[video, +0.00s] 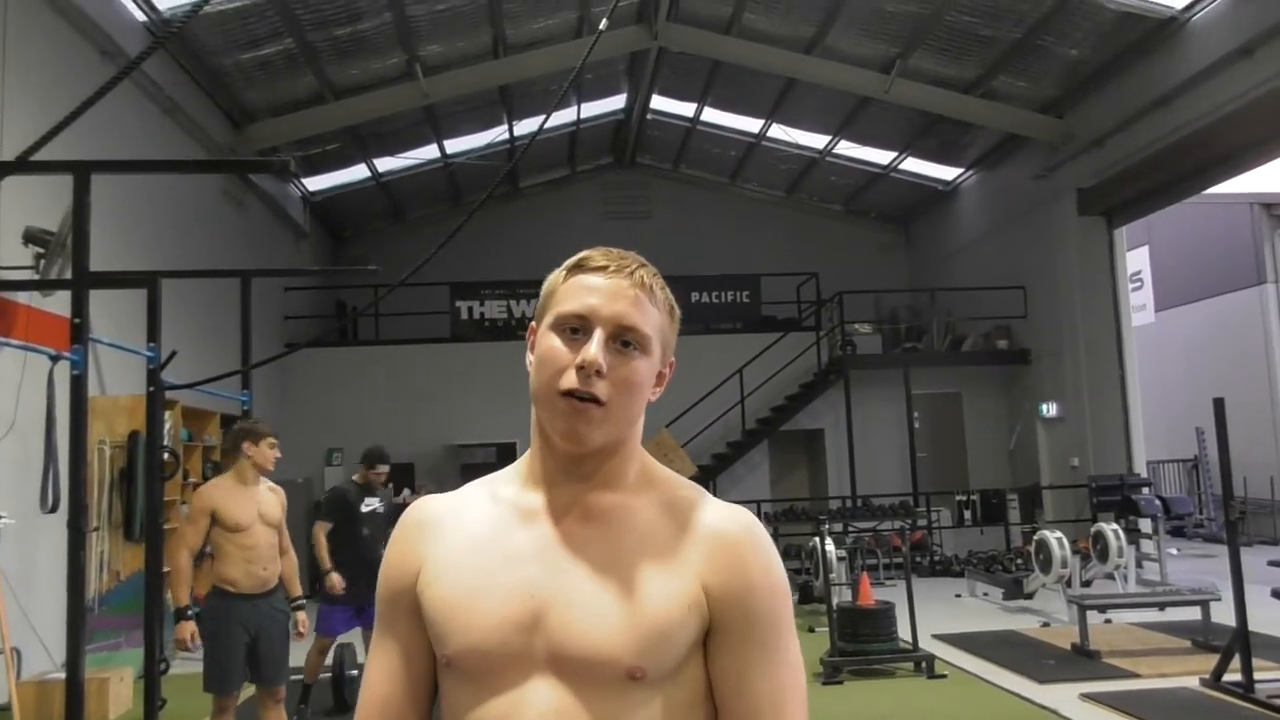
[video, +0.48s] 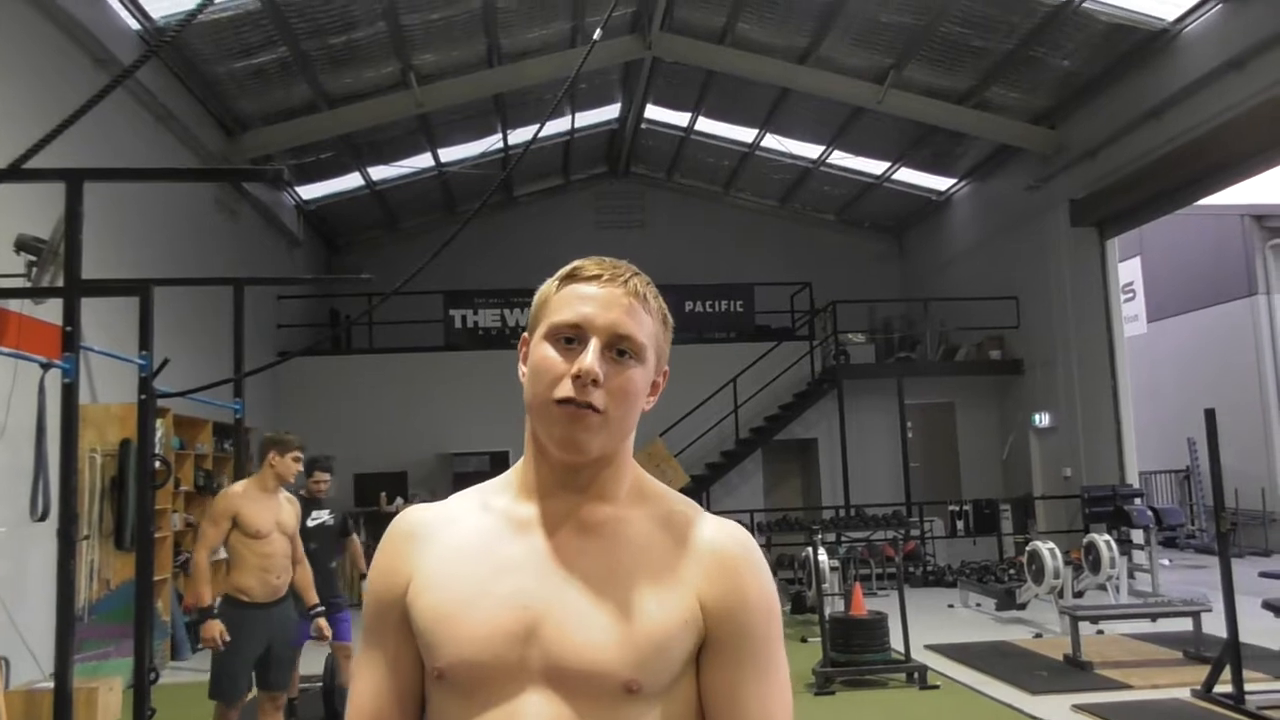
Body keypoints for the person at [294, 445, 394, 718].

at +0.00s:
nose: (383, 479)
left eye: (386, 474)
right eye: (378, 474)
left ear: (387, 472)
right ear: (364, 470)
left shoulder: (382, 496)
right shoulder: (341, 495)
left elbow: (382, 537)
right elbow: (319, 531)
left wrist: (386, 568)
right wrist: (328, 571)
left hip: (373, 584)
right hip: (341, 585)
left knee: (375, 646)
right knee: (323, 646)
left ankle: (377, 700)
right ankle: (304, 702)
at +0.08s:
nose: (369, 479)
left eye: (373, 474)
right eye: (364, 474)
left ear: (376, 474)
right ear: (352, 472)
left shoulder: (377, 498)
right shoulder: (333, 496)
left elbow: (385, 534)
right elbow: (310, 535)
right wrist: (313, 577)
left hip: (367, 585)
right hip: (334, 587)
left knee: (370, 643)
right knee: (318, 647)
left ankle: (371, 696)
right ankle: (304, 702)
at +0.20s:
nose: (351, 481)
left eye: (355, 476)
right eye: (346, 476)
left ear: (360, 475)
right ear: (334, 475)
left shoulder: (363, 500)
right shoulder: (316, 502)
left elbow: (376, 537)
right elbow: (296, 543)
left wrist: (391, 567)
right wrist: (292, 585)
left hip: (358, 589)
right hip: (322, 590)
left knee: (363, 647)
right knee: (309, 650)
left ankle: (371, 698)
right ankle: (301, 703)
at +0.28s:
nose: (341, 483)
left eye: (345, 478)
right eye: (336, 478)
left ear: (349, 478)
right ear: (324, 477)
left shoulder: (354, 505)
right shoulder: (305, 507)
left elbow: (369, 540)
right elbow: (291, 544)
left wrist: (386, 568)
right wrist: (293, 580)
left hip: (350, 590)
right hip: (313, 590)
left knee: (358, 647)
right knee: (303, 650)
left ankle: (367, 698)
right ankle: (298, 701)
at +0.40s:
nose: (327, 486)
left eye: (331, 481)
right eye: (322, 481)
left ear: (336, 481)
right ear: (311, 480)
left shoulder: (343, 507)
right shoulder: (296, 506)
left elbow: (359, 543)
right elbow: (283, 545)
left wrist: (373, 574)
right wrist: (283, 582)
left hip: (338, 590)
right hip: (302, 590)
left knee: (351, 650)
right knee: (296, 652)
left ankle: (362, 700)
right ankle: (294, 706)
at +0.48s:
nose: (320, 487)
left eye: (325, 482)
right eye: (315, 482)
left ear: (331, 483)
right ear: (305, 482)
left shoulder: (337, 509)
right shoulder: (293, 508)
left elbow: (352, 542)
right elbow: (282, 546)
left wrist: (363, 572)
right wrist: (282, 580)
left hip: (331, 588)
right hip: (297, 589)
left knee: (345, 650)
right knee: (293, 652)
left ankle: (344, 704)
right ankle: (292, 705)